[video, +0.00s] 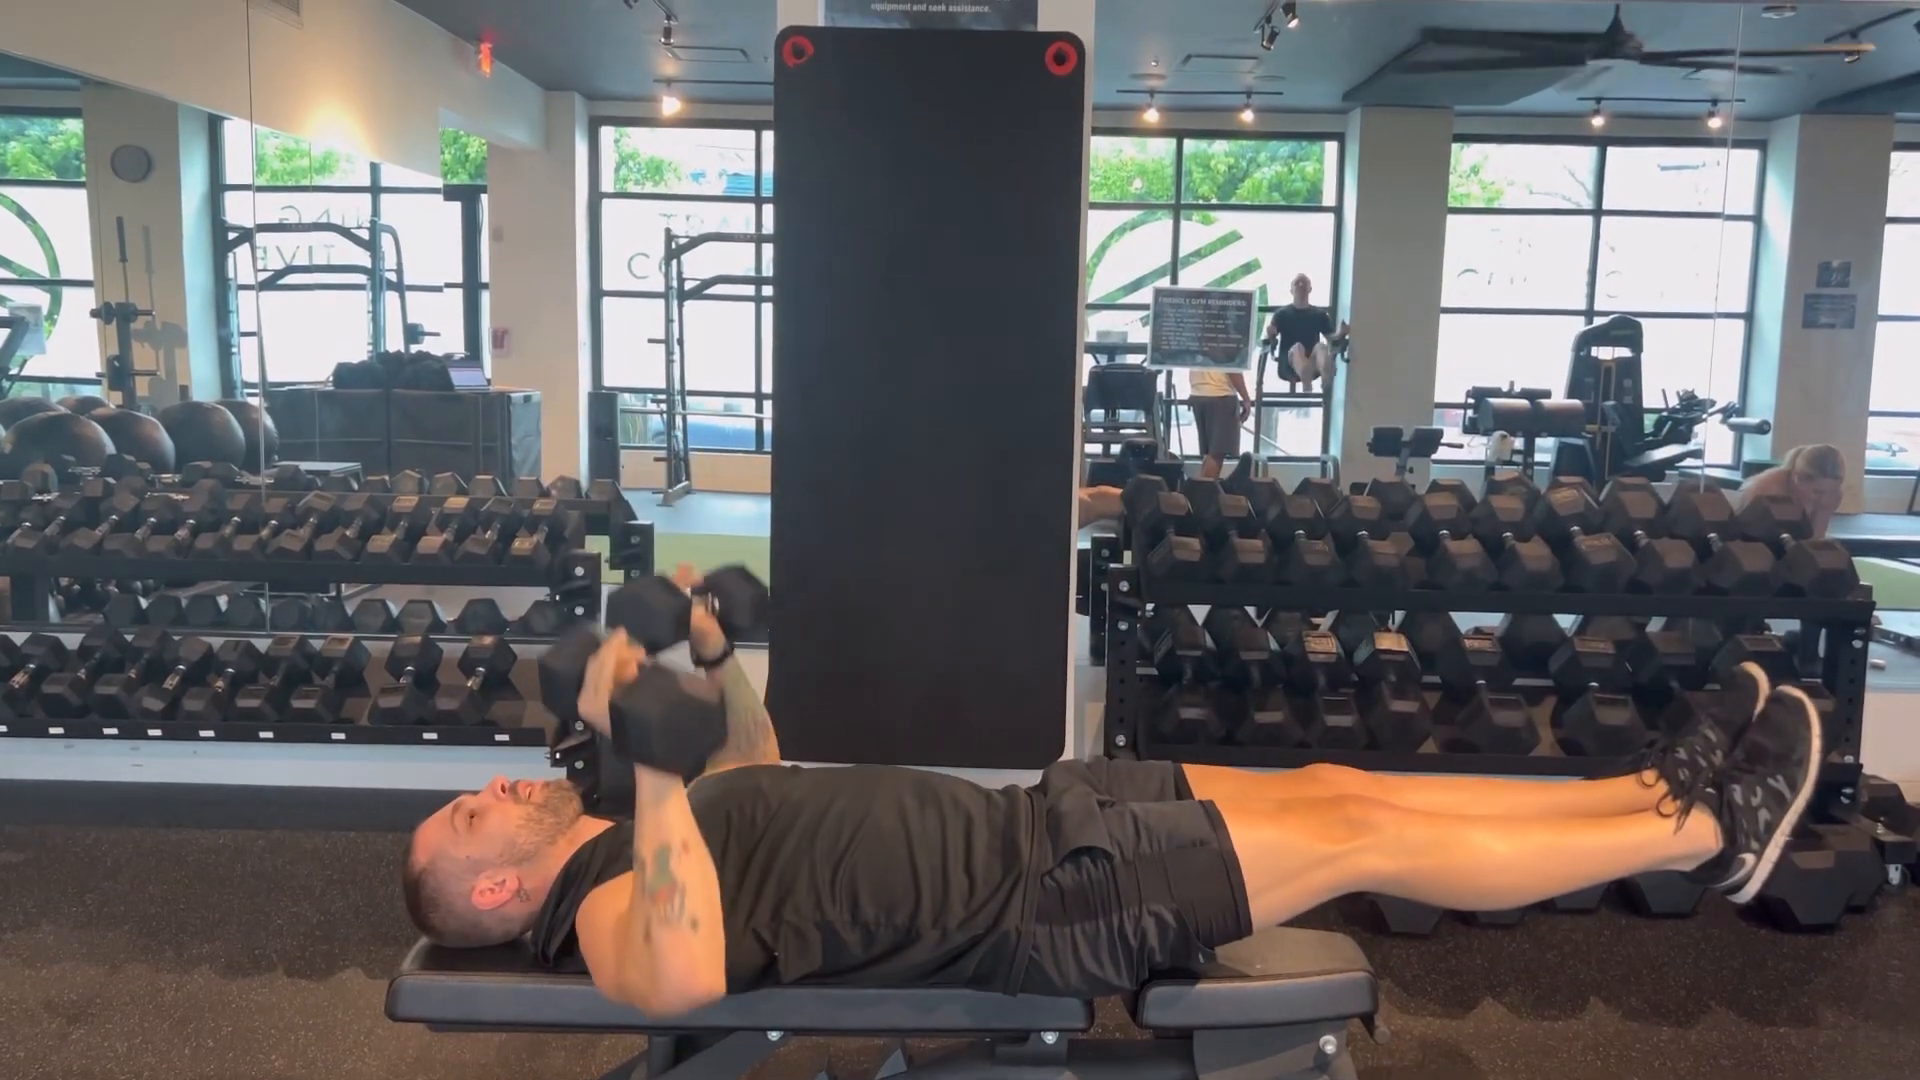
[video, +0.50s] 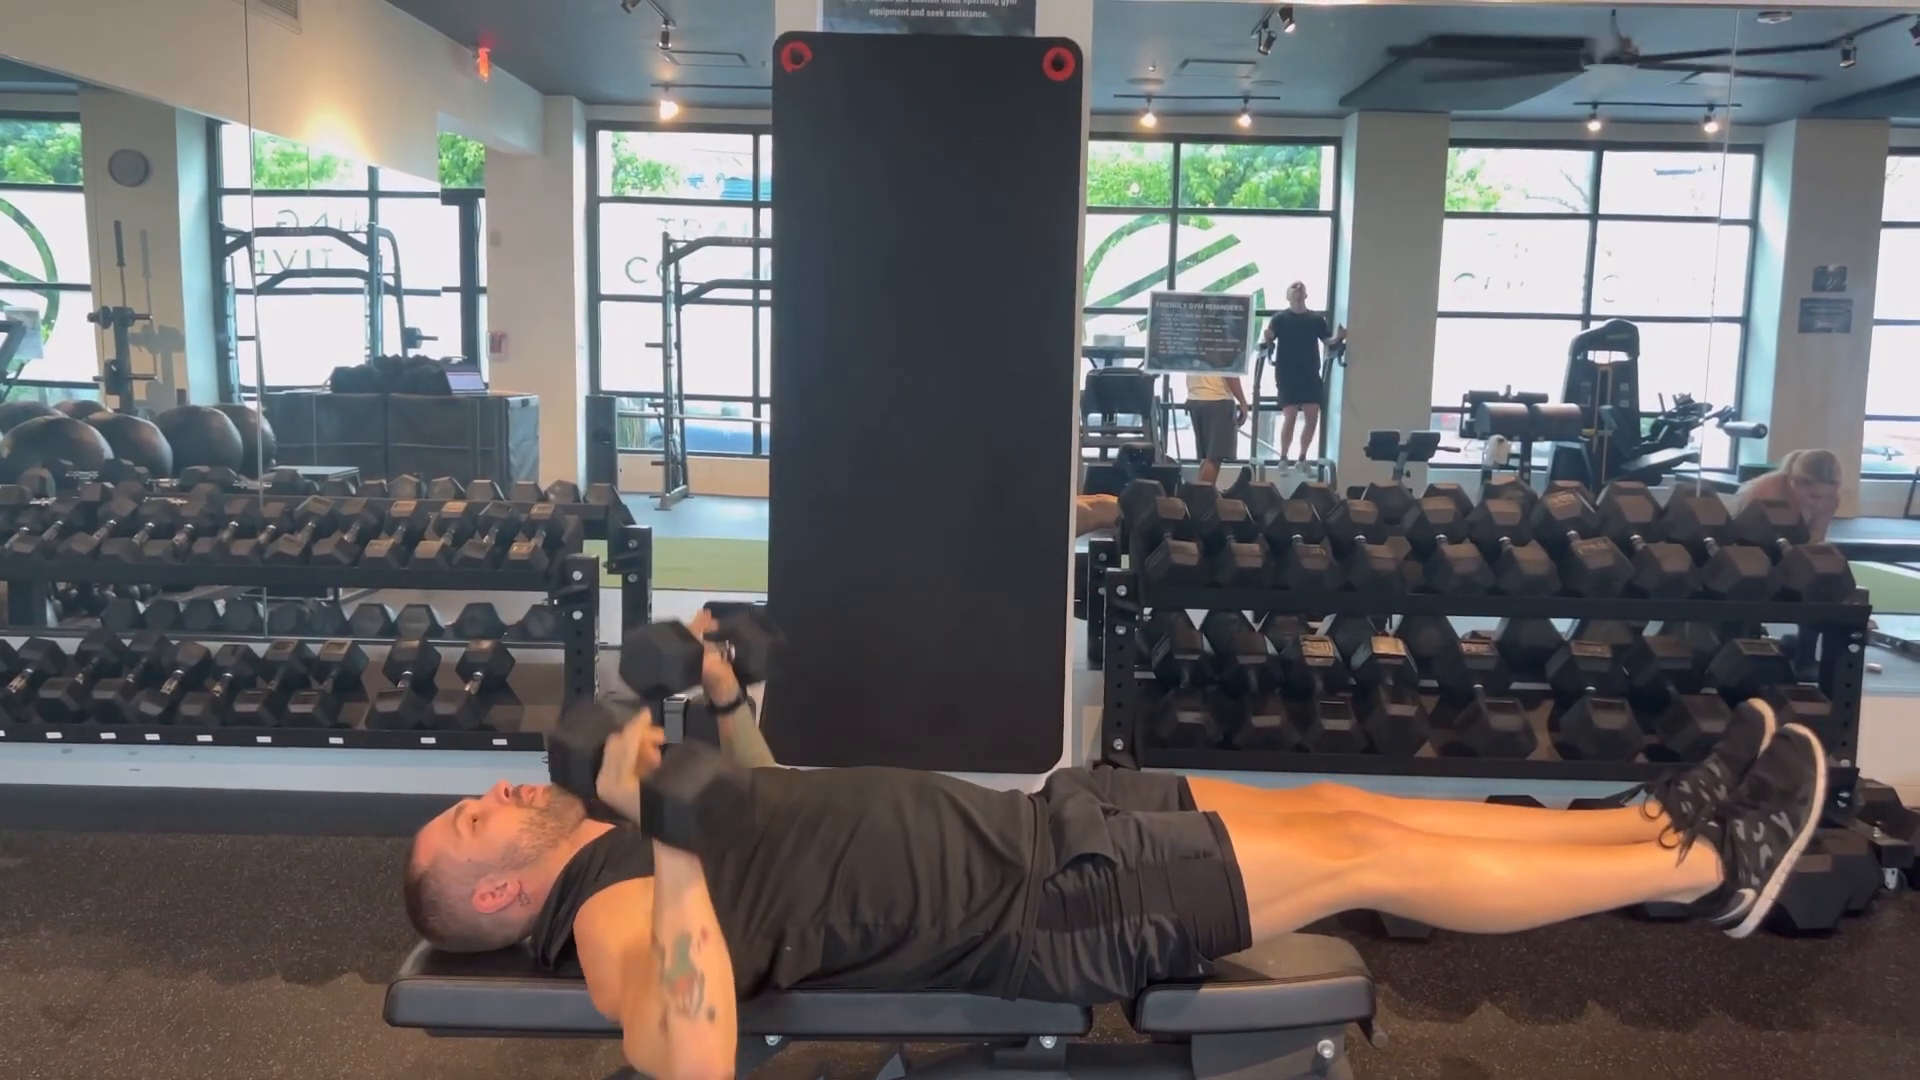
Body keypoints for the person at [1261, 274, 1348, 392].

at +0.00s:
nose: (1301, 285)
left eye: (1304, 283)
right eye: (1297, 283)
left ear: (1310, 289)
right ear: (1291, 290)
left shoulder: (1319, 314)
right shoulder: (1282, 313)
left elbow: (1331, 339)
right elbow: (1272, 342)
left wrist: (1342, 333)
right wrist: (1271, 334)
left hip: (1314, 363)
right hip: (1288, 365)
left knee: (1321, 347)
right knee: (1298, 347)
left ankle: (1327, 389)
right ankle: (1307, 391)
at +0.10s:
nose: (1301, 287)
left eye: (1304, 285)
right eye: (1297, 285)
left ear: (1309, 291)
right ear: (1291, 291)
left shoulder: (1318, 315)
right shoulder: (1282, 315)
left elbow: (1331, 338)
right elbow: (1271, 338)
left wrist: (1340, 334)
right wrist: (1270, 334)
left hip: (1311, 359)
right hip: (1288, 360)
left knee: (1319, 363)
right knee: (1298, 365)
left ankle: (1322, 409)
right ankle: (1303, 411)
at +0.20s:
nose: (1300, 289)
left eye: (1303, 286)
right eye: (1296, 286)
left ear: (1308, 292)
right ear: (1290, 293)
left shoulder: (1317, 316)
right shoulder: (1282, 316)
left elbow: (1330, 339)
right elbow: (1269, 338)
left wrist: (1340, 335)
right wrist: (1269, 336)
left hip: (1311, 361)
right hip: (1288, 362)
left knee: (1318, 379)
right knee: (1296, 381)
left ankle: (1315, 429)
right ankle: (1298, 430)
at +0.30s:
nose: (1299, 288)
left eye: (1302, 286)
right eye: (1296, 286)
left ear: (1307, 292)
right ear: (1289, 293)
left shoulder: (1317, 317)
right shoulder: (1282, 316)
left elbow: (1329, 341)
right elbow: (1269, 338)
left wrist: (1340, 336)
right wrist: (1268, 335)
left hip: (1311, 363)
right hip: (1289, 363)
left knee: (1316, 403)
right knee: (1295, 402)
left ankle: (1310, 444)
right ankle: (1294, 445)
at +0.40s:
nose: (1299, 289)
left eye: (1302, 287)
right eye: (1295, 287)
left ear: (1307, 293)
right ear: (1288, 294)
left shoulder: (1316, 318)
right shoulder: (1281, 318)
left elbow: (1329, 342)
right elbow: (1266, 344)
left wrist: (1340, 336)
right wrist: (1267, 338)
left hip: (1310, 367)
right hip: (1287, 367)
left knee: (1315, 408)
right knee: (1293, 408)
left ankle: (1307, 453)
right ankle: (1288, 454)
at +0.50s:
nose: (1298, 289)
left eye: (1301, 287)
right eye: (1295, 287)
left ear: (1306, 294)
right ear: (1288, 295)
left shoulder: (1316, 319)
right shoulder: (1280, 318)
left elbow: (1328, 343)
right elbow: (1266, 345)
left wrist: (1339, 337)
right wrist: (1267, 339)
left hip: (1310, 372)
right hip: (1287, 372)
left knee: (1312, 416)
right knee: (1290, 415)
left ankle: (1302, 458)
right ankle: (1283, 457)